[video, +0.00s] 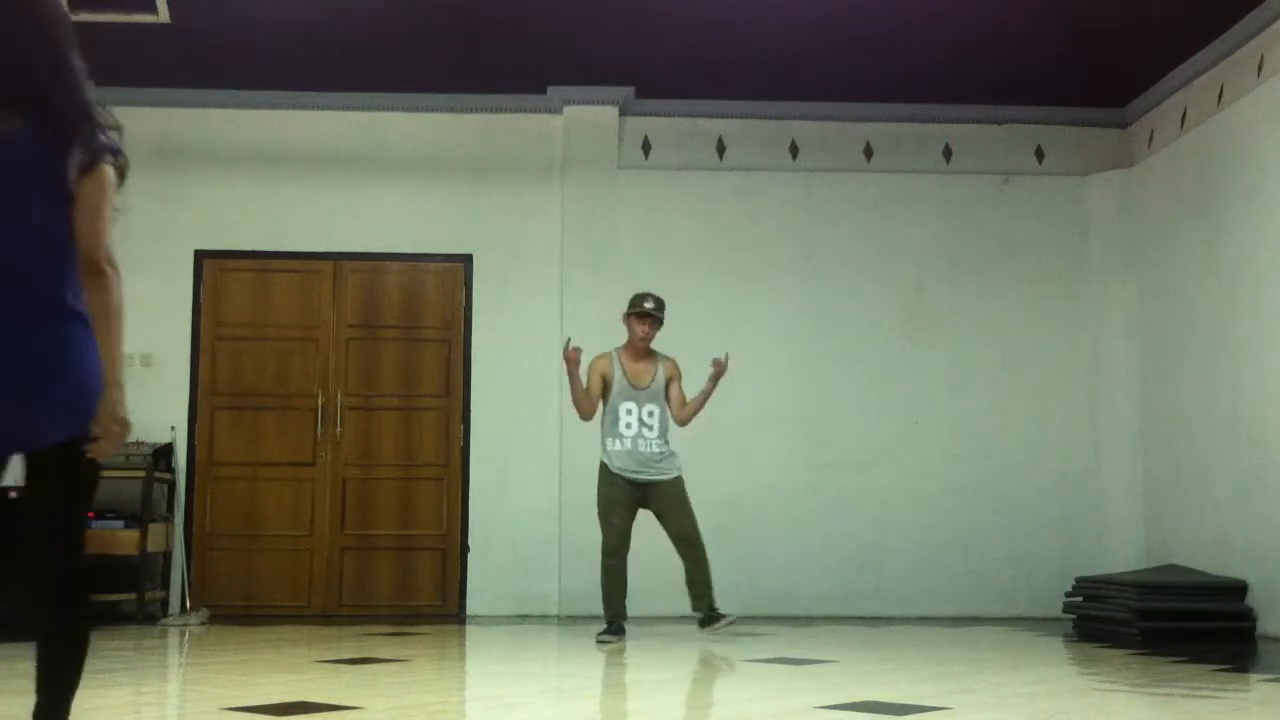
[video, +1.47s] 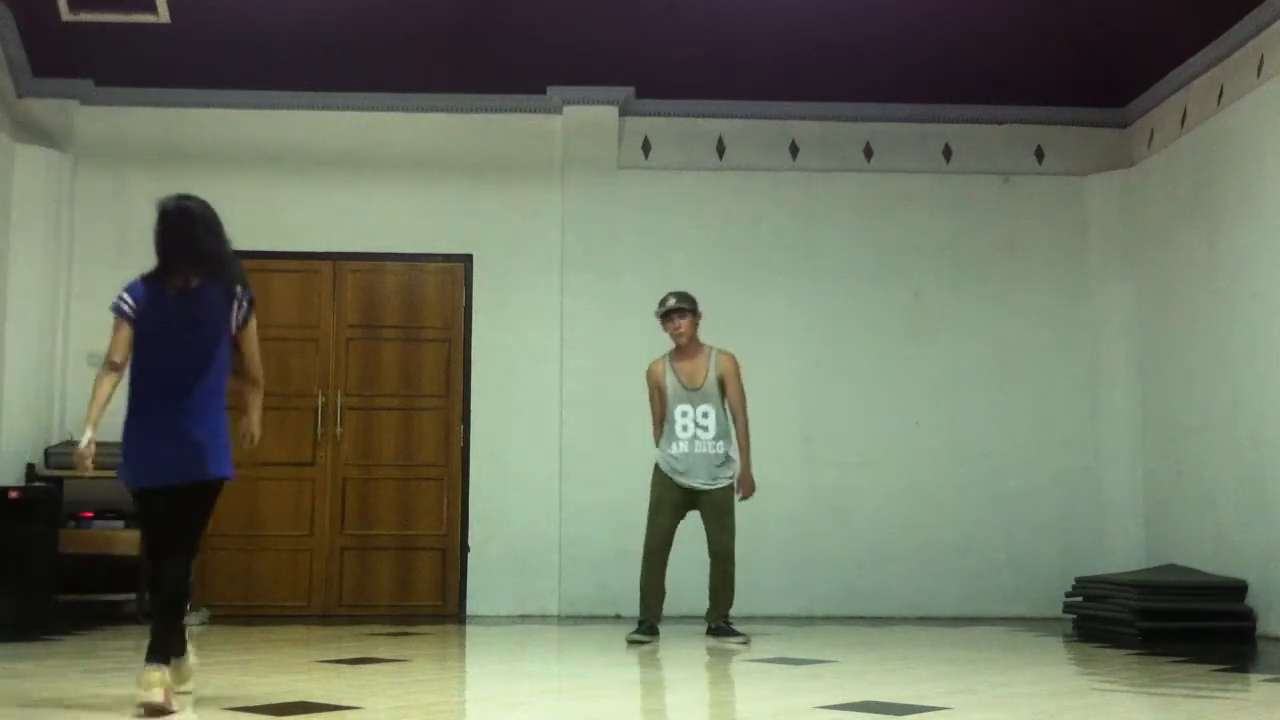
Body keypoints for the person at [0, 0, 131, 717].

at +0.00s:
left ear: (22, 45)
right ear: (58, 42)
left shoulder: (73, 132)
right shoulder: (74, 131)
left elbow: (95, 263)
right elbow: (95, 261)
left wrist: (110, 385)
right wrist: (113, 386)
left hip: (38, 363)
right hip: (51, 364)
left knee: (58, 558)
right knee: (63, 560)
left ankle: (49, 709)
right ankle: (51, 711)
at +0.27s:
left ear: (23, 84)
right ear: (108, 86)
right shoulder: (129, 163)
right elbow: (152, 293)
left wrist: (157, 388)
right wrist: (158, 390)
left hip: (8, 388)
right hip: (95, 389)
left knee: (14, 535)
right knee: (69, 552)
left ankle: (21, 680)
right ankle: (48, 709)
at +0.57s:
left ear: (56, 146)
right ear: (127, 147)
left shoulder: (24, 216)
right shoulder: (150, 219)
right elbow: (165, 324)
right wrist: (173, 395)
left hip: (27, 405)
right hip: (110, 408)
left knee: (25, 550)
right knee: (105, 544)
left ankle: (46, 693)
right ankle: (75, 651)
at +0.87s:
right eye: (146, 168)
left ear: (87, 170)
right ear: (150, 174)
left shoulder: (52, 237)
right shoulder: (162, 234)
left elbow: (49, 334)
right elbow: (171, 333)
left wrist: (76, 386)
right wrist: (180, 421)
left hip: (69, 405)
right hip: (140, 408)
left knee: (60, 546)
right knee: (147, 542)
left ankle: (58, 694)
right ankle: (144, 679)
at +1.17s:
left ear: (126, 207)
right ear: (185, 208)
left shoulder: (97, 268)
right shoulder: (200, 267)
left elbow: (90, 359)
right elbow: (208, 358)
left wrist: (108, 412)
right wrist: (221, 440)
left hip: (118, 433)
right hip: (184, 430)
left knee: (124, 547)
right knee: (177, 558)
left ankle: (110, 616)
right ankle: (158, 684)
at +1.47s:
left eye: (164, 233)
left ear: (160, 239)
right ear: (214, 238)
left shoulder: (139, 292)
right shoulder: (232, 294)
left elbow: (114, 364)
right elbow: (252, 370)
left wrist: (89, 429)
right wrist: (254, 415)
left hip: (146, 446)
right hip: (205, 445)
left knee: (160, 554)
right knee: (179, 554)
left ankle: (180, 660)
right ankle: (154, 670)